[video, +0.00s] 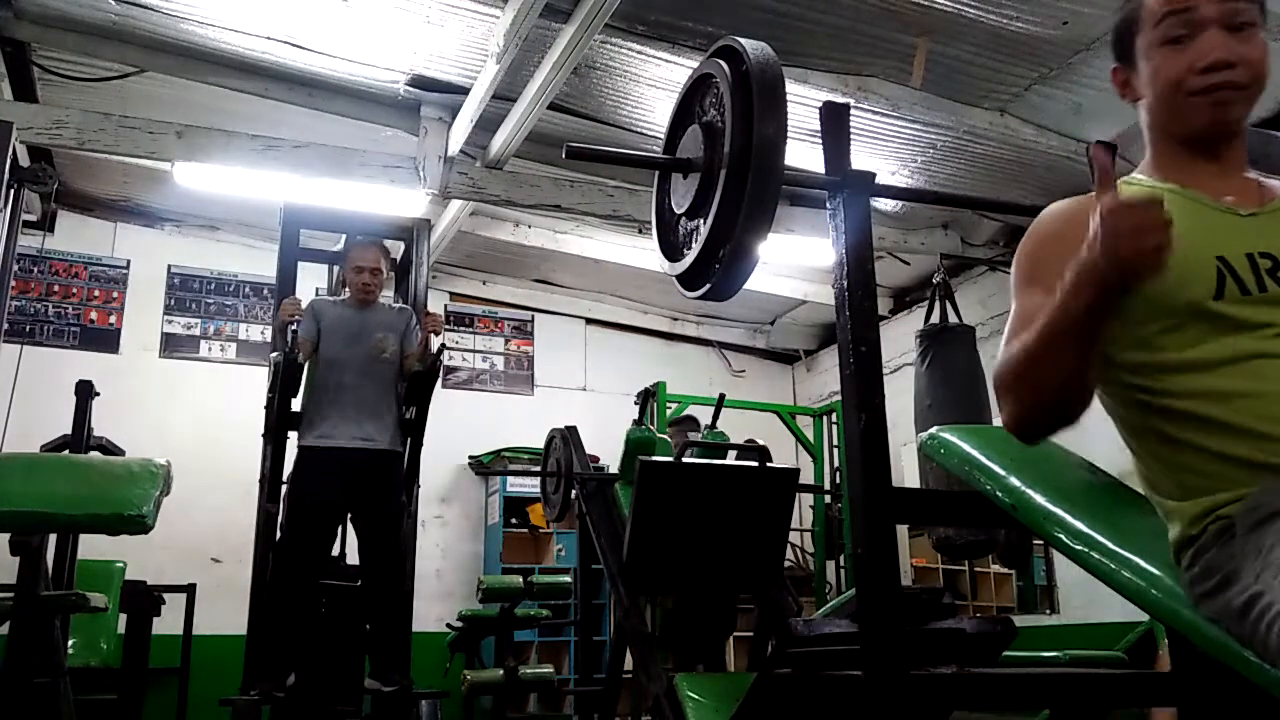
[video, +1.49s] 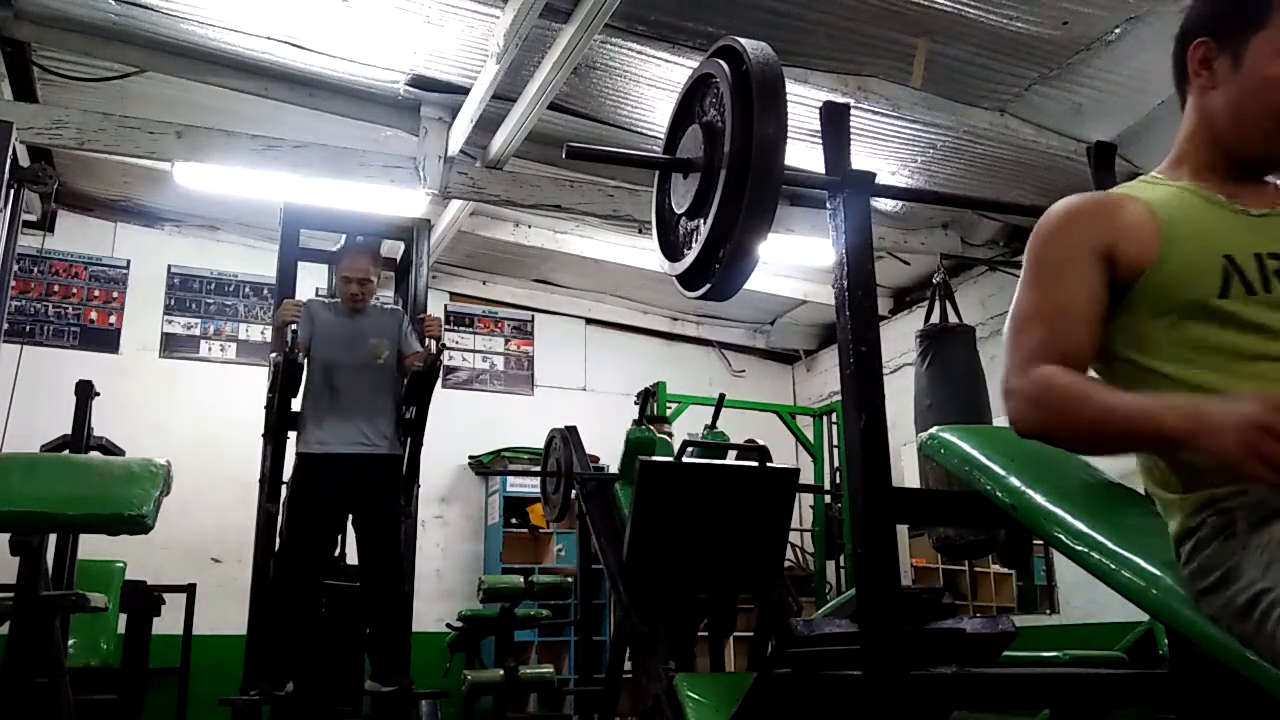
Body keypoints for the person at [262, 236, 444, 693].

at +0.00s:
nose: (367, 278)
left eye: (375, 272)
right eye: (359, 270)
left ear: (386, 277)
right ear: (344, 273)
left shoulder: (402, 317)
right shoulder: (320, 311)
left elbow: (415, 377)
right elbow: (295, 360)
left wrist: (428, 343)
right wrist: (286, 328)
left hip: (379, 454)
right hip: (321, 451)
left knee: (384, 568)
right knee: (297, 561)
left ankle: (386, 670)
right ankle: (279, 669)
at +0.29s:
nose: (359, 283)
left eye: (366, 275)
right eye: (350, 275)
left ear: (378, 278)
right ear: (335, 276)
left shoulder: (394, 318)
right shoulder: (314, 313)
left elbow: (414, 373)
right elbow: (287, 348)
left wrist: (429, 345)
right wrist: (281, 326)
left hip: (378, 456)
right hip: (319, 453)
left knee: (383, 570)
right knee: (298, 563)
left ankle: (385, 671)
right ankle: (282, 670)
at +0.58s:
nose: (355, 283)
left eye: (363, 276)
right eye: (347, 275)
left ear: (374, 276)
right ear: (333, 276)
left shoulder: (393, 313)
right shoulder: (315, 311)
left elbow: (417, 365)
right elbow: (288, 351)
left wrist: (432, 344)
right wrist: (278, 326)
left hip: (377, 453)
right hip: (319, 451)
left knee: (384, 568)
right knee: (297, 562)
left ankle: (387, 670)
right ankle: (281, 670)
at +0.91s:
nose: (357, 286)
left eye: (365, 278)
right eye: (349, 278)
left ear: (377, 279)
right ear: (335, 277)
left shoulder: (393, 317)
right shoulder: (313, 313)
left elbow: (417, 372)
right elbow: (284, 357)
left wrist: (431, 347)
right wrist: (279, 327)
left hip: (377, 456)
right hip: (318, 454)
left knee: (383, 570)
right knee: (298, 565)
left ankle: (386, 671)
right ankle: (283, 671)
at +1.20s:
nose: (360, 286)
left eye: (369, 278)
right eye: (352, 278)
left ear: (382, 278)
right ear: (339, 277)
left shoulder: (400, 316)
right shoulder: (320, 310)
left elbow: (417, 376)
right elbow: (295, 358)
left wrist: (431, 348)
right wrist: (282, 329)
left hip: (377, 455)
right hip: (319, 451)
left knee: (382, 570)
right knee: (297, 564)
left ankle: (386, 671)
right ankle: (281, 671)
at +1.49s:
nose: (356, 289)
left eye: (365, 281)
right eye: (348, 281)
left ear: (378, 281)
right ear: (335, 278)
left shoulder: (394, 320)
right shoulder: (313, 315)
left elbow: (418, 376)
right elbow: (286, 356)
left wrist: (431, 349)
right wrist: (280, 328)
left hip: (378, 458)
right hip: (319, 457)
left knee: (383, 570)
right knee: (301, 566)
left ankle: (386, 671)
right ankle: (285, 672)